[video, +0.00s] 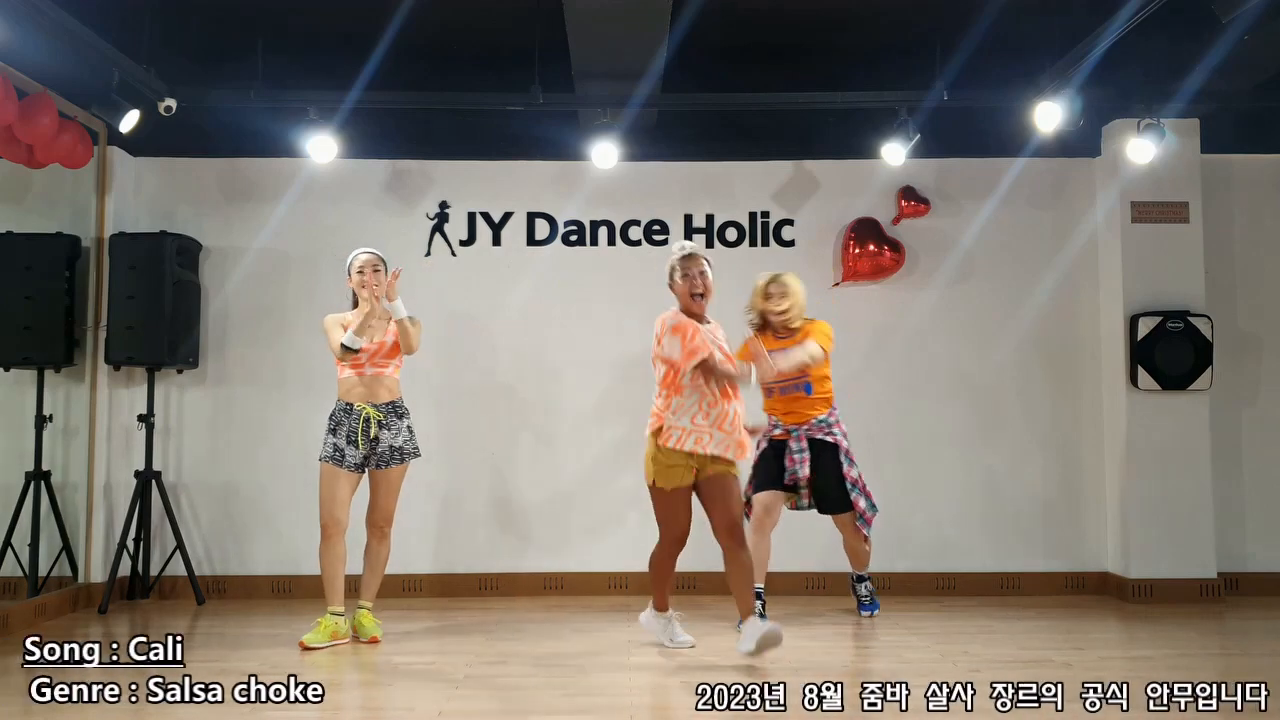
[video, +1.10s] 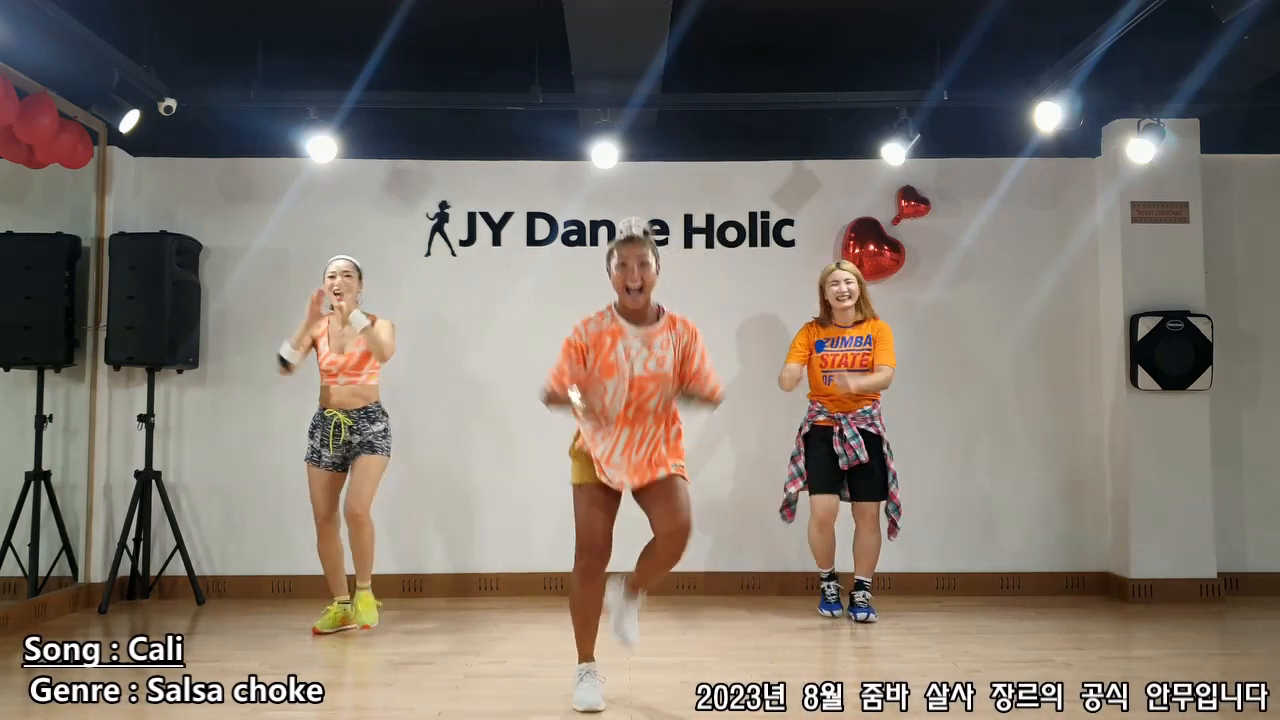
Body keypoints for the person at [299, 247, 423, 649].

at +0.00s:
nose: (369, 276)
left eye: (376, 270)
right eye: (361, 271)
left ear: (386, 279)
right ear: (350, 281)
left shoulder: (401, 320)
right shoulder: (335, 320)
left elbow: (410, 346)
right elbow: (343, 350)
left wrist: (395, 301)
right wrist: (364, 316)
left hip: (392, 423)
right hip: (346, 422)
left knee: (380, 526)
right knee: (332, 525)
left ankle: (364, 612)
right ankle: (335, 617)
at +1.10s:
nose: (338, 281)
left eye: (347, 275)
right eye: (332, 275)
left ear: (361, 286)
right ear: (324, 287)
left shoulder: (377, 324)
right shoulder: (318, 325)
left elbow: (383, 354)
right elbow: (286, 364)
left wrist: (357, 321)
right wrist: (309, 320)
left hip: (370, 425)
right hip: (327, 426)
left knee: (356, 510)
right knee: (324, 517)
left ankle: (364, 593)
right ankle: (340, 602)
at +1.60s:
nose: (306, 294)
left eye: (315, 287)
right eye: (302, 289)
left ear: (336, 291)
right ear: (301, 297)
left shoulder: (359, 326)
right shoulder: (309, 339)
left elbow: (400, 322)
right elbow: (273, 354)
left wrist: (372, 328)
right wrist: (271, 367)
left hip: (371, 429)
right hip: (332, 435)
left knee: (382, 515)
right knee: (323, 522)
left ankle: (396, 582)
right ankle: (342, 604)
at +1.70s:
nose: (306, 288)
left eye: (313, 282)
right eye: (306, 283)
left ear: (336, 285)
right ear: (311, 289)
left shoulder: (355, 317)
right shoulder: (311, 325)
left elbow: (372, 276)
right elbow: (269, 314)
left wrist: (329, 258)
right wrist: (259, 284)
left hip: (375, 418)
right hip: (338, 426)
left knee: (408, 505)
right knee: (332, 518)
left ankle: (440, 581)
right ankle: (343, 603)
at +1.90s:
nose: (318, 288)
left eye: (326, 280)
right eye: (314, 282)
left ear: (348, 287)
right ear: (313, 290)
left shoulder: (363, 324)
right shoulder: (322, 328)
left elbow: (364, 294)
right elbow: (275, 321)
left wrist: (316, 269)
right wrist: (257, 291)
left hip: (389, 420)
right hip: (353, 428)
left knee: (422, 512)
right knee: (333, 516)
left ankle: (462, 588)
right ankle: (343, 604)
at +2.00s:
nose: (334, 298)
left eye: (343, 291)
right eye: (328, 291)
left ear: (360, 297)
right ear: (323, 298)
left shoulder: (379, 332)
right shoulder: (329, 345)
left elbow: (416, 362)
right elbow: (301, 383)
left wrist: (377, 361)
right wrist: (293, 375)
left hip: (396, 433)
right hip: (358, 438)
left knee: (413, 523)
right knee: (327, 522)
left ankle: (446, 595)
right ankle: (342, 605)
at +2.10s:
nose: (358, 303)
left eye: (366, 296)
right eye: (352, 297)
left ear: (381, 303)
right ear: (345, 306)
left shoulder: (404, 345)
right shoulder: (345, 354)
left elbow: (443, 391)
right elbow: (331, 402)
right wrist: (321, 423)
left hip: (406, 441)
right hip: (365, 443)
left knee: (414, 534)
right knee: (325, 524)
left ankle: (439, 604)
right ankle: (341, 606)